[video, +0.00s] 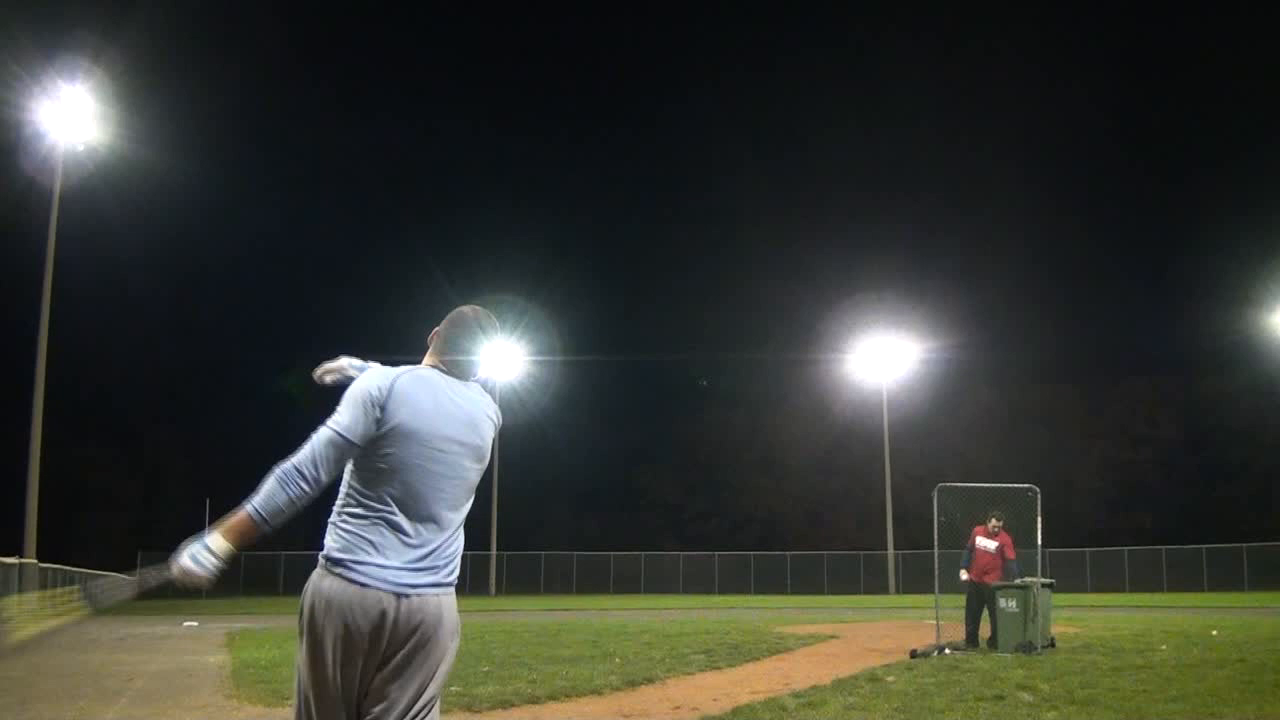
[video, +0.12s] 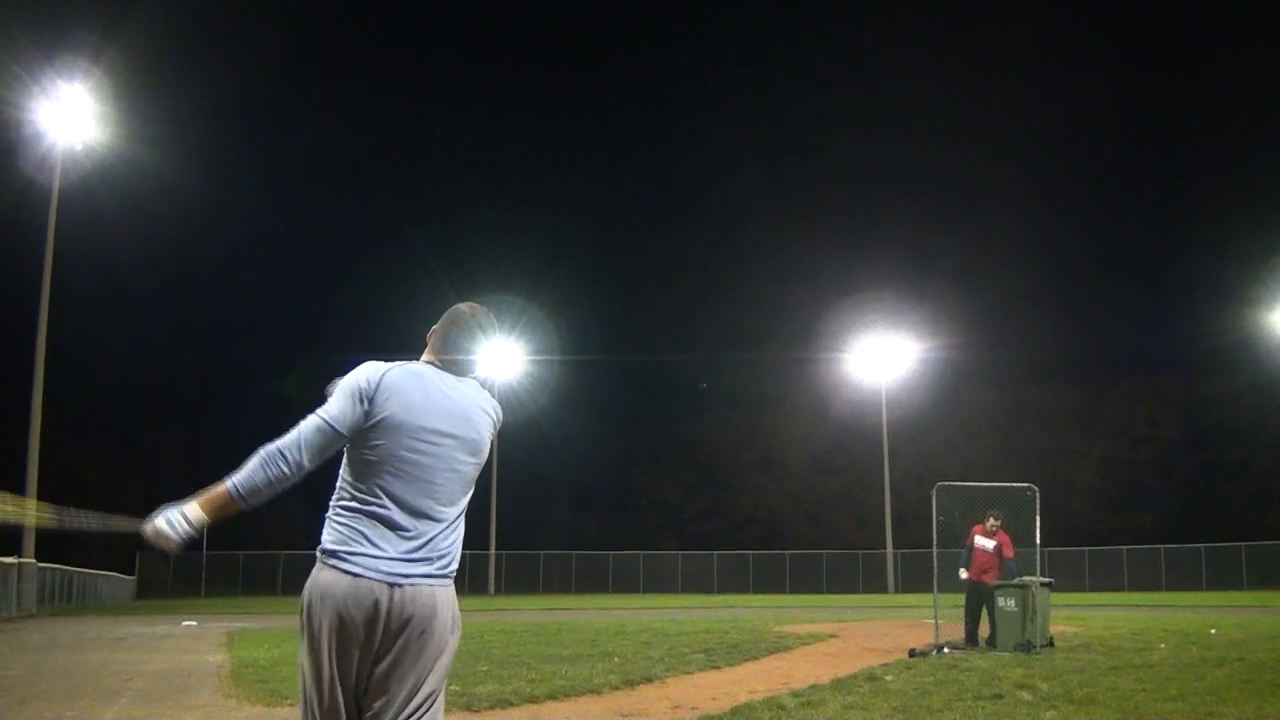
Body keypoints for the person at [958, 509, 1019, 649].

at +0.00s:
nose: (996, 530)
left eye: (998, 527)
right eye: (993, 526)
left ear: (1002, 526)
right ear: (987, 523)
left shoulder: (1005, 539)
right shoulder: (977, 532)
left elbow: (1011, 561)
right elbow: (968, 550)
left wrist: (1015, 579)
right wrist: (963, 568)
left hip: (994, 583)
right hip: (975, 582)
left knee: (996, 615)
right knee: (972, 614)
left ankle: (995, 640)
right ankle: (971, 640)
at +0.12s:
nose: (994, 529)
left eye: (996, 526)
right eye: (991, 525)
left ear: (1000, 525)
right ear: (985, 522)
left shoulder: (1003, 539)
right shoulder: (977, 531)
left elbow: (1010, 561)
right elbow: (967, 549)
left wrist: (1015, 580)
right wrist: (963, 567)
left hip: (992, 583)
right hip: (974, 580)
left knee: (994, 614)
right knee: (971, 612)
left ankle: (993, 640)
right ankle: (971, 640)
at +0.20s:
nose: (993, 529)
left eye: (996, 526)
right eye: (991, 525)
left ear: (1000, 525)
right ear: (986, 522)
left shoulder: (1004, 539)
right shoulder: (977, 531)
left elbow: (1010, 562)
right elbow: (968, 549)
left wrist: (1015, 580)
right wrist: (963, 567)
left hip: (993, 583)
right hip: (975, 580)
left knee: (995, 615)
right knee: (972, 613)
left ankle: (994, 641)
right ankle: (972, 641)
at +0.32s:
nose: (989, 525)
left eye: (993, 523)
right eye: (987, 522)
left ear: (998, 523)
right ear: (984, 520)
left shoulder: (1003, 538)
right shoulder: (977, 530)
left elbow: (1010, 561)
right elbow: (969, 548)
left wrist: (1015, 580)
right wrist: (963, 566)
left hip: (992, 582)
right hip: (975, 580)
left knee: (994, 613)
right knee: (973, 612)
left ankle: (994, 640)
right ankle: (973, 639)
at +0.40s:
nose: (988, 523)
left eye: (991, 521)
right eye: (986, 520)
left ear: (997, 521)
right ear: (983, 519)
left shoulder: (1003, 536)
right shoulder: (977, 529)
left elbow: (1011, 560)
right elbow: (969, 548)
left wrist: (1017, 579)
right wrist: (963, 565)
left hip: (992, 581)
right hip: (975, 579)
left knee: (994, 613)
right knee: (973, 611)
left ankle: (994, 640)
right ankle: (974, 639)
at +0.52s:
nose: (984, 521)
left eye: (987, 518)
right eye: (982, 518)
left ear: (994, 519)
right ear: (980, 518)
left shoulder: (1001, 536)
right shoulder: (977, 529)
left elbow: (1010, 558)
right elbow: (970, 548)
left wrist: (1017, 576)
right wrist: (963, 564)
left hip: (991, 581)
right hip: (974, 578)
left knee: (993, 613)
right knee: (972, 611)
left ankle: (995, 640)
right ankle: (970, 639)